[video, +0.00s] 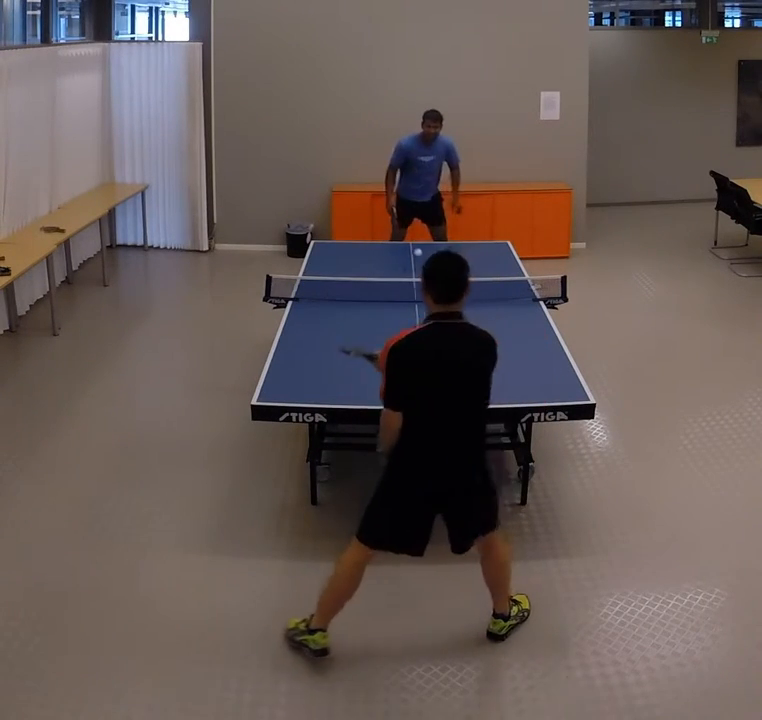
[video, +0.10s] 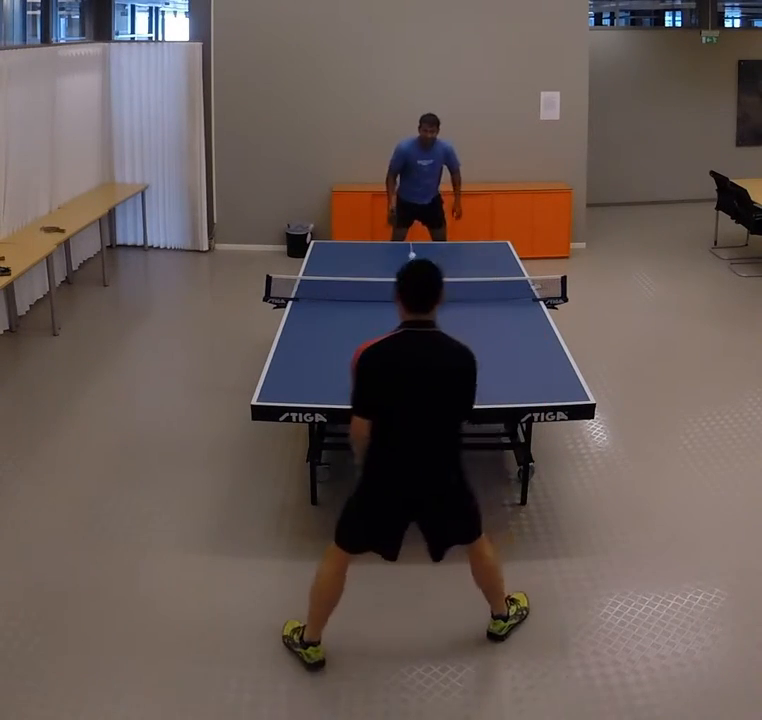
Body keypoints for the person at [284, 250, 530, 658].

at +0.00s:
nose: (425, 290)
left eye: (424, 284)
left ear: (424, 290)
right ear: (466, 290)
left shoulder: (403, 349)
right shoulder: (485, 344)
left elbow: (392, 423)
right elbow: (454, 381)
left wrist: (388, 455)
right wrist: (393, 364)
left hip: (413, 465)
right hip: (465, 463)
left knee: (361, 549)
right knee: (488, 535)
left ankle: (317, 627)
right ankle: (503, 612)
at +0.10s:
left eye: (399, 292)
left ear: (397, 297)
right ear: (440, 299)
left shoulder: (372, 356)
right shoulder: (461, 357)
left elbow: (360, 428)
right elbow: (462, 417)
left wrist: (370, 468)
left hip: (385, 478)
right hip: (442, 477)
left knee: (340, 553)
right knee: (477, 543)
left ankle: (311, 640)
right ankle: (501, 614)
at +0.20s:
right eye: (416, 296)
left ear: (379, 300)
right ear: (422, 302)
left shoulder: (350, 358)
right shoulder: (444, 360)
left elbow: (335, 431)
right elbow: (464, 427)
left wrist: (347, 467)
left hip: (363, 483)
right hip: (422, 482)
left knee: (327, 557)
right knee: (462, 547)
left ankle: (310, 642)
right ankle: (491, 616)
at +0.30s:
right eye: (415, 291)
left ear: (375, 296)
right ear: (420, 297)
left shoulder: (346, 353)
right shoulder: (442, 357)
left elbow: (329, 425)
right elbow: (466, 422)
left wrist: (336, 463)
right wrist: (431, 426)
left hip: (356, 479)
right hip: (416, 479)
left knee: (326, 555)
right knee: (451, 544)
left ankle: (308, 640)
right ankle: (454, 631)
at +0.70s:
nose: (415, 303)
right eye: (416, 298)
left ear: (374, 301)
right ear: (417, 303)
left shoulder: (340, 355)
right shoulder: (436, 367)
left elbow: (320, 426)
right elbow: (456, 438)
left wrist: (335, 456)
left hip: (341, 486)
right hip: (402, 489)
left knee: (302, 565)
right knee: (431, 557)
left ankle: (271, 643)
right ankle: (440, 641)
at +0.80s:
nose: (415, 301)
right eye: (416, 295)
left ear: (373, 298)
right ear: (417, 300)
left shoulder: (337, 353)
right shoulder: (435, 365)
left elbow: (318, 420)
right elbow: (455, 431)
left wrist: (331, 455)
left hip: (338, 485)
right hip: (399, 488)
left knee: (302, 564)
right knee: (429, 558)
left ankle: (272, 643)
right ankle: (440, 641)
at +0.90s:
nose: (419, 301)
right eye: (420, 296)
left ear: (377, 298)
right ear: (419, 301)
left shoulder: (340, 351)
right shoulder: (433, 365)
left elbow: (314, 417)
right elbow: (458, 411)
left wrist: (334, 447)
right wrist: (453, 371)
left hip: (335, 482)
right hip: (394, 487)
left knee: (298, 555)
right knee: (425, 557)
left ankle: (267, 636)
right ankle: (440, 639)